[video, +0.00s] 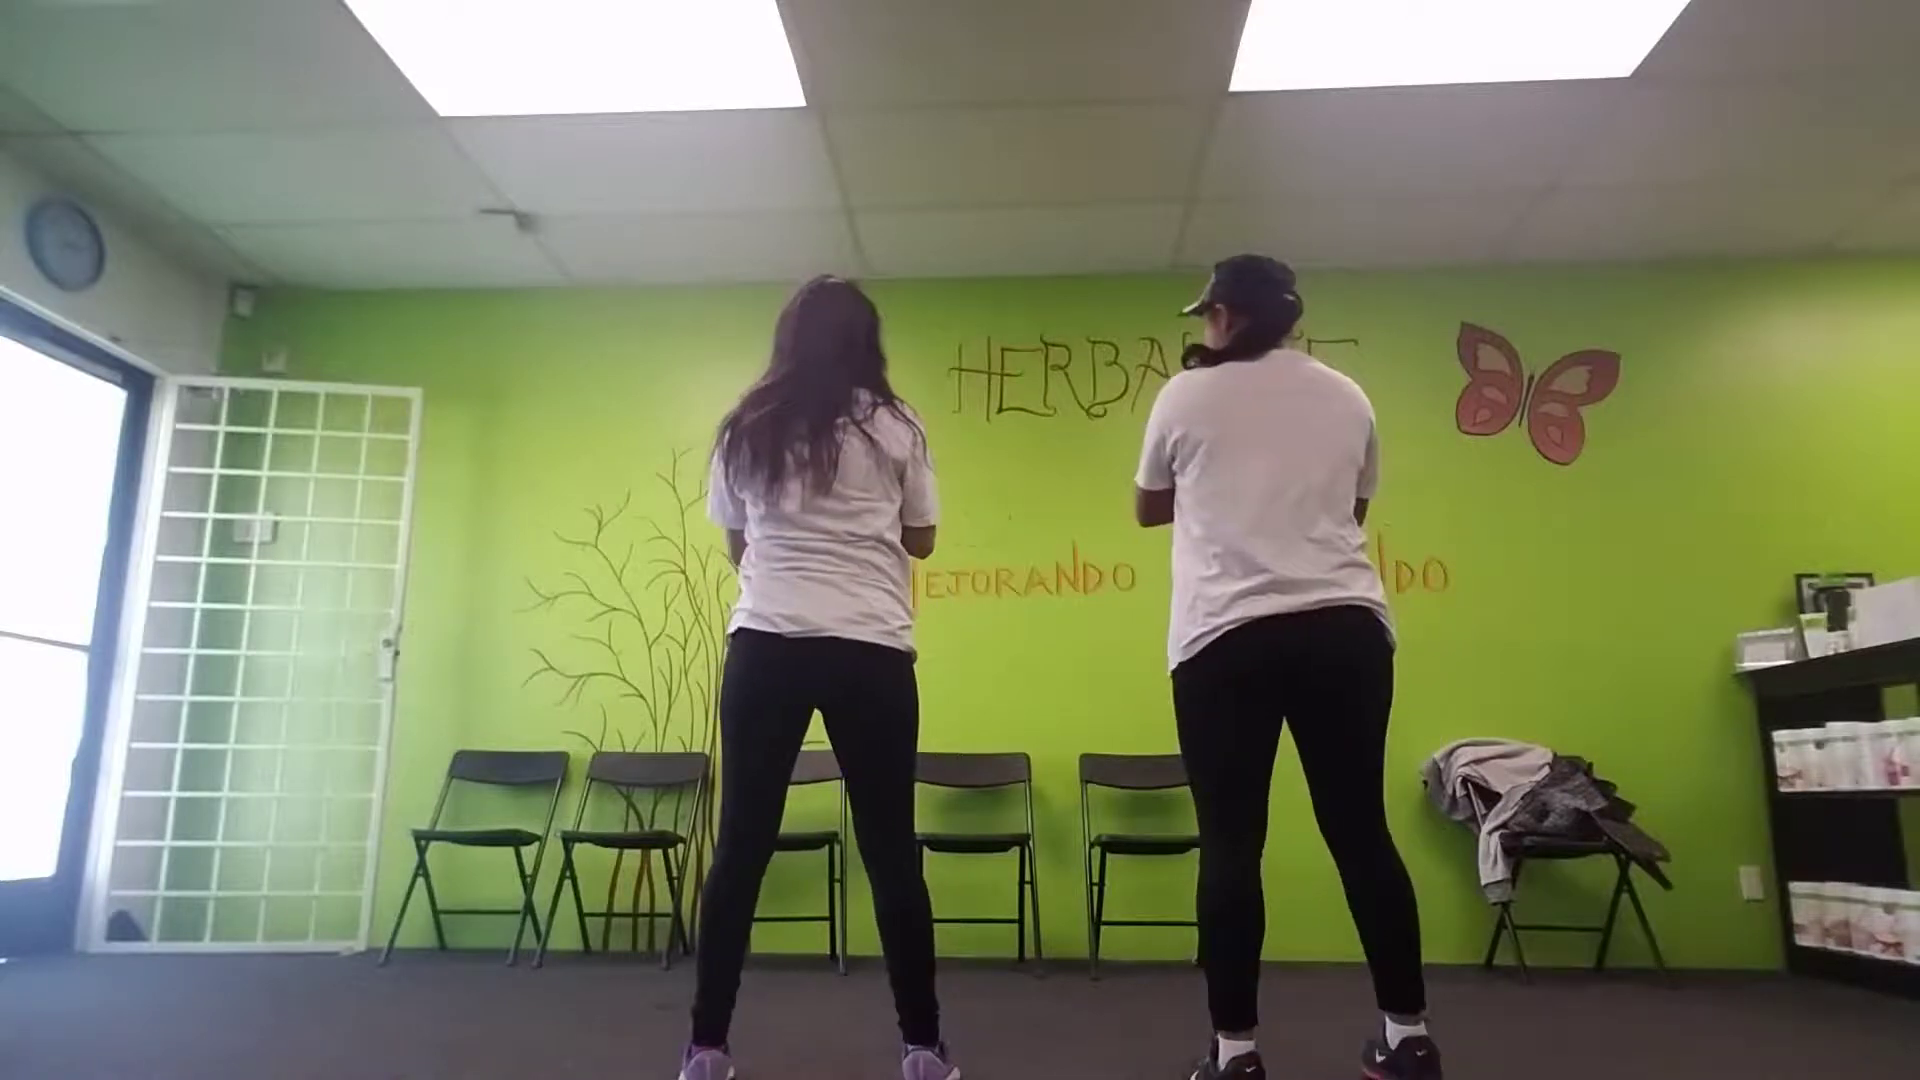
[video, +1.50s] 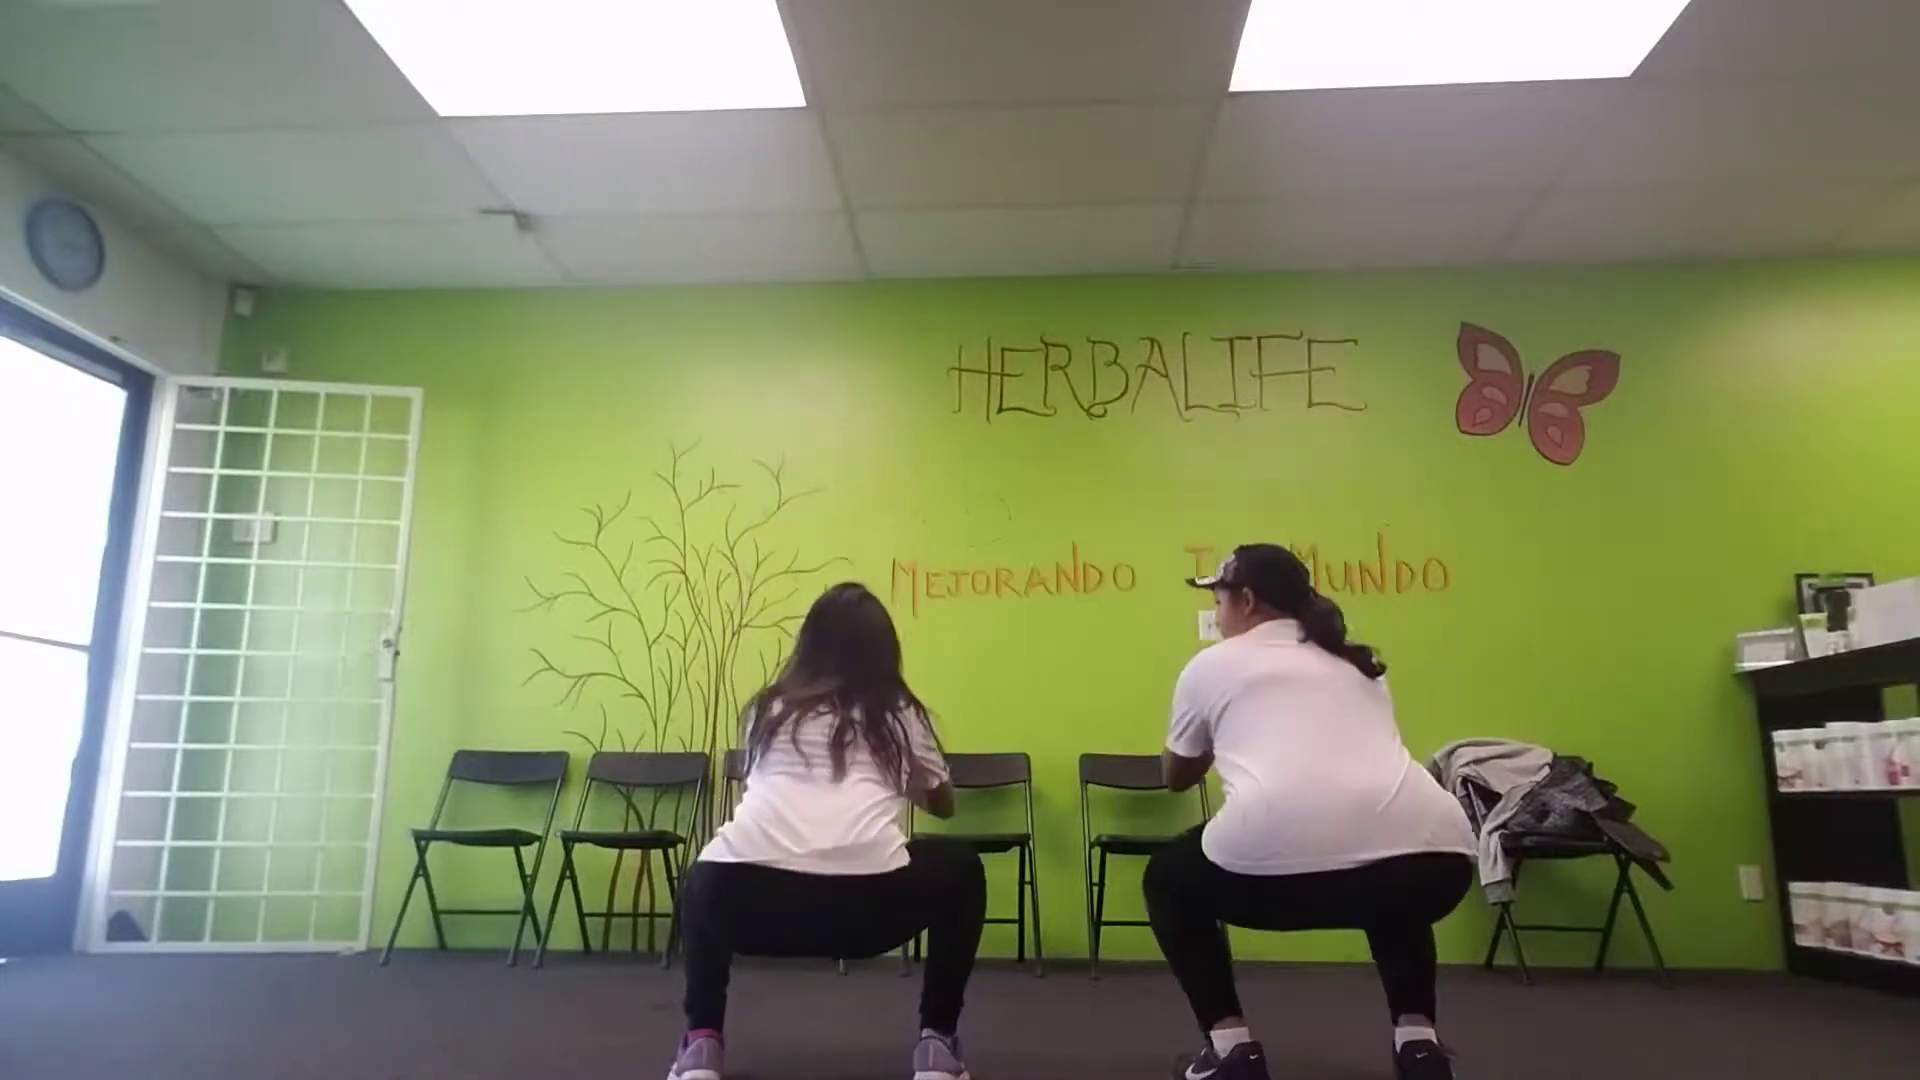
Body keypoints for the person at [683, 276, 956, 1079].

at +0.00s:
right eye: (866, 337)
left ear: (786, 340)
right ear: (870, 346)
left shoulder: (748, 423)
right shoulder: (897, 423)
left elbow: (737, 549)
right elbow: (919, 540)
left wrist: (812, 528)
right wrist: (852, 502)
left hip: (766, 648)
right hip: (871, 652)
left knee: (741, 846)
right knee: (893, 854)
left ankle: (706, 1050)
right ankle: (924, 1052)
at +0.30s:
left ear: (803, 346)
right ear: (890, 348)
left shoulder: (767, 426)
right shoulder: (920, 433)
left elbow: (757, 540)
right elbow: (932, 542)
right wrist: (853, 528)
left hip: (787, 649)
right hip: (894, 653)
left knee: (742, 851)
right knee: (905, 856)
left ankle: (700, 1050)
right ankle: (927, 1053)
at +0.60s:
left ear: (808, 362)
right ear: (892, 366)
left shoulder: (775, 437)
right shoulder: (920, 441)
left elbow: (758, 532)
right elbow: (933, 547)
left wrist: (833, 527)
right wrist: (858, 524)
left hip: (780, 648)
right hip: (887, 654)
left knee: (741, 847)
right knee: (912, 852)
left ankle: (699, 1048)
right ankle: (935, 1050)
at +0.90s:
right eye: (894, 406)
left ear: (813, 412)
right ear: (896, 413)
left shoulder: (777, 477)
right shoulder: (920, 483)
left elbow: (770, 572)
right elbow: (943, 586)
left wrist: (838, 550)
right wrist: (876, 544)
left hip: (775, 668)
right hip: (886, 676)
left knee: (729, 856)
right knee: (925, 860)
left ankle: (697, 1050)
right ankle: (936, 1051)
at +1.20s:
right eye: (890, 524)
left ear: (809, 527)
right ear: (889, 530)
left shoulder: (772, 586)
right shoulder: (907, 594)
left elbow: (764, 669)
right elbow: (940, 694)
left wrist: (829, 657)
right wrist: (876, 657)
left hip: (762, 766)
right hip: (880, 778)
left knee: (718, 875)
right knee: (950, 866)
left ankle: (701, 1039)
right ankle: (937, 1038)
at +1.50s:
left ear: (806, 645)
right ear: (885, 649)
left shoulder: (767, 705)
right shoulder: (900, 710)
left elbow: (754, 778)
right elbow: (942, 803)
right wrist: (886, 763)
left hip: (750, 903)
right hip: (862, 908)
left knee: (703, 880)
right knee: (962, 870)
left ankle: (701, 1040)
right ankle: (937, 1042)